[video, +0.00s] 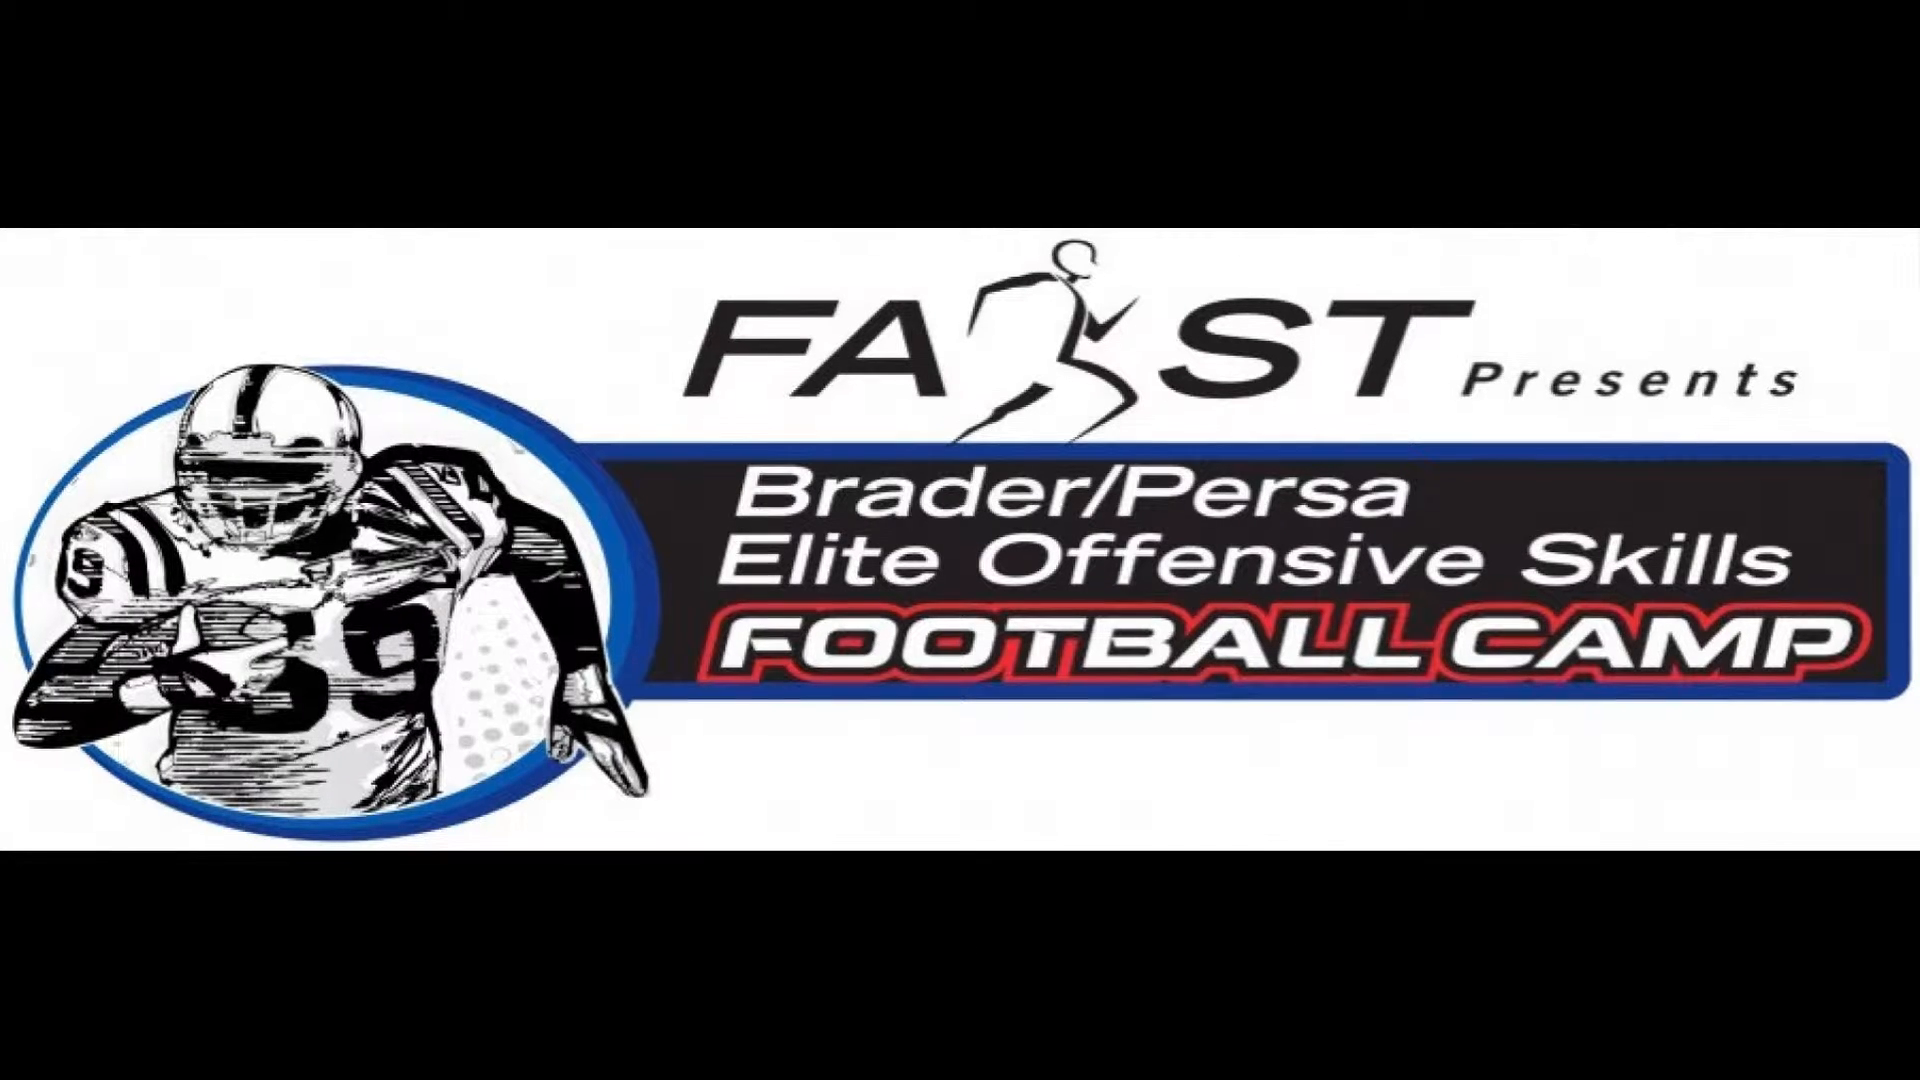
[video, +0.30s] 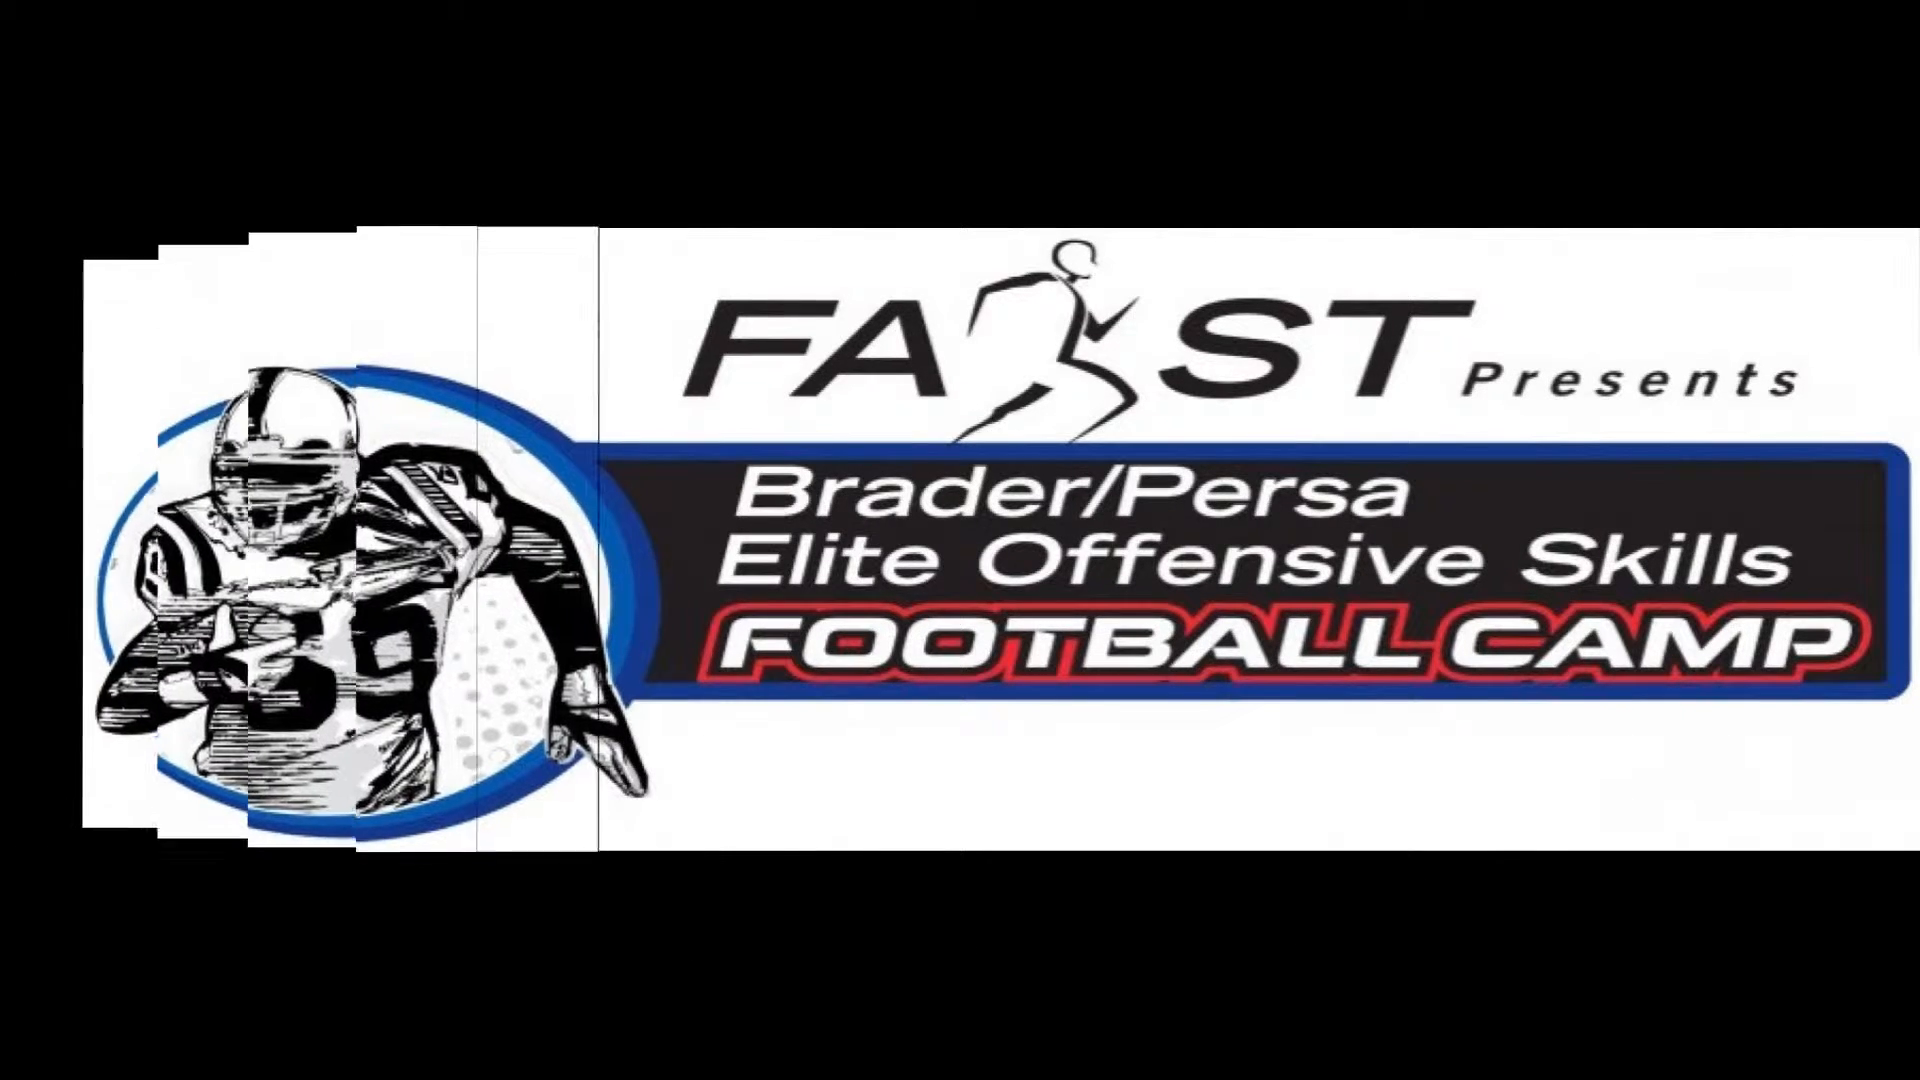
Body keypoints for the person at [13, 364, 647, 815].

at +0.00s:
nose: (251, 512)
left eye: (279, 490)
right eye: (228, 489)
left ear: (336, 478)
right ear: (192, 478)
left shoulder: (422, 506)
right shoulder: (139, 548)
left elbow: (544, 546)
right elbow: (40, 715)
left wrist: (584, 671)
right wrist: (170, 682)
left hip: (386, 811)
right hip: (217, 815)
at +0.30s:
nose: (269, 504)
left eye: (296, 484)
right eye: (250, 482)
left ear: (344, 476)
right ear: (224, 473)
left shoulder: (425, 505)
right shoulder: (186, 545)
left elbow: (543, 549)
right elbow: (117, 706)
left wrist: (583, 678)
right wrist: (223, 672)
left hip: (390, 803)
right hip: (245, 803)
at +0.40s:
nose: (320, 513)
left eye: (344, 492)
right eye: (303, 491)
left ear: (380, 478)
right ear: (278, 477)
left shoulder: (447, 511)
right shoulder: (247, 549)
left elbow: (550, 551)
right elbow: (182, 697)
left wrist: (584, 675)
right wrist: (277, 666)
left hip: (421, 794)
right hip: (297, 794)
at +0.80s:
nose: (402, 531)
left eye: (424, 513)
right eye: (383, 513)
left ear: (467, 501)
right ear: (355, 504)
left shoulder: (535, 524)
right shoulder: (314, 559)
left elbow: (633, 555)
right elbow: (233, 690)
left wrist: (663, 652)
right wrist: (337, 662)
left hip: (511, 764)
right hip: (376, 767)